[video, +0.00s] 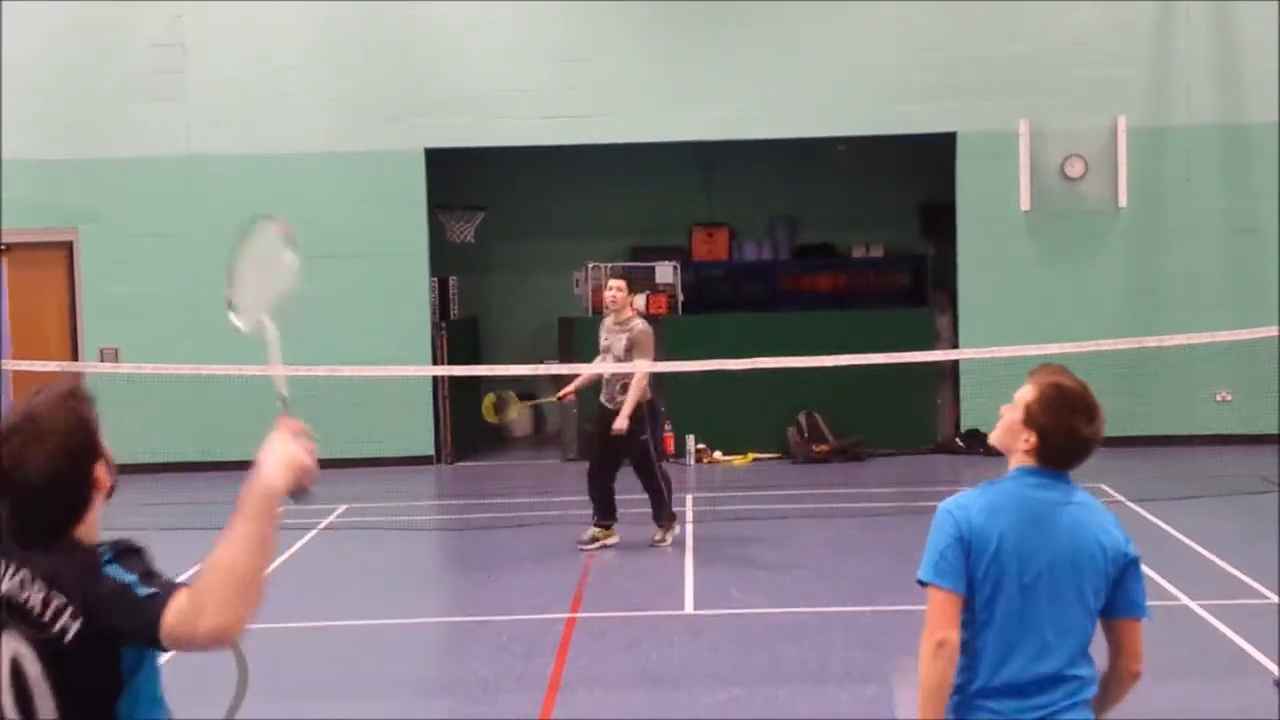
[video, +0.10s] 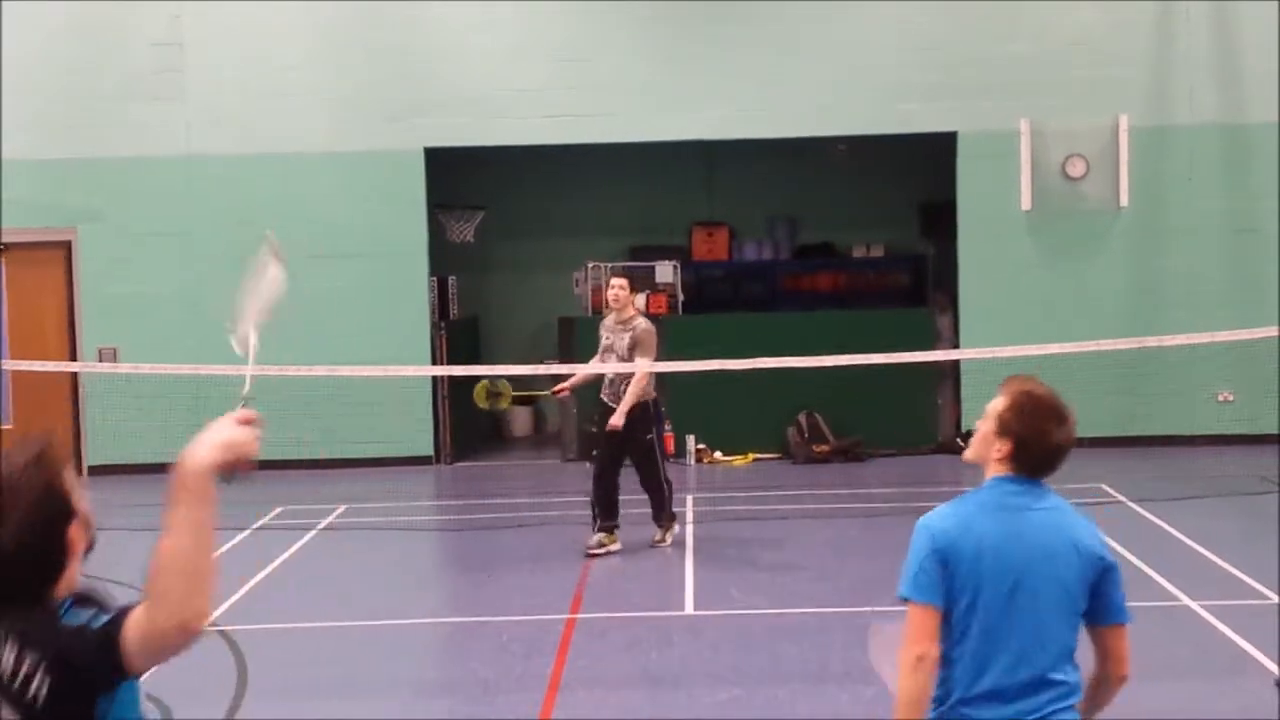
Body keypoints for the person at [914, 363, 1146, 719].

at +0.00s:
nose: (1002, 408)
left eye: (1013, 405)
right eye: (1011, 401)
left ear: (1028, 439)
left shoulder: (962, 514)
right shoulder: (1105, 528)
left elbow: (942, 642)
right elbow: (1129, 666)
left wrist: (930, 713)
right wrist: (1088, 710)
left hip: (983, 709)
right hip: (1070, 708)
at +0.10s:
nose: (976, 424)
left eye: (986, 418)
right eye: (984, 415)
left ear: (1001, 447)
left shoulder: (941, 528)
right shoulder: (1083, 535)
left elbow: (922, 655)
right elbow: (1115, 670)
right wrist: (1079, 712)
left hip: (965, 709)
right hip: (1056, 709)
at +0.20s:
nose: (930, 440)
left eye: (940, 432)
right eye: (937, 431)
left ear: (959, 457)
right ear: (1001, 461)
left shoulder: (904, 539)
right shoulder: (1042, 538)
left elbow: (876, 666)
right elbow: (1084, 666)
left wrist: (865, 712)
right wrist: (1061, 712)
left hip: (937, 710)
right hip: (1027, 710)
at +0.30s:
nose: (881, 442)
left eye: (887, 433)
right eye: (884, 432)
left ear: (903, 447)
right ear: (950, 449)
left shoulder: (856, 531)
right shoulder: (991, 524)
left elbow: (824, 658)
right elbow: (1042, 645)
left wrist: (809, 712)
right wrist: (1021, 708)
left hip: (896, 708)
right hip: (983, 707)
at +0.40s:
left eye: (845, 421)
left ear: (849, 429)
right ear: (914, 429)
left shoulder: (816, 510)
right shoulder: (951, 499)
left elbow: (780, 633)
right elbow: (1001, 615)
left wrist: (762, 710)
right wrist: (984, 686)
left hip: (860, 702)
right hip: (946, 702)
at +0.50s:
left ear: (820, 412)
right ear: (886, 410)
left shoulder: (788, 486)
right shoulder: (921, 481)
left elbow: (751, 604)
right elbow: (965, 594)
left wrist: (737, 680)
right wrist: (955, 656)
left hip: (828, 695)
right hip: (909, 694)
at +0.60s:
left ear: (796, 407)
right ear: (861, 405)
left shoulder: (764, 478)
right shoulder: (894, 478)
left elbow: (722, 596)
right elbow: (933, 590)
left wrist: (723, 651)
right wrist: (928, 650)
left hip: (797, 686)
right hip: (873, 685)